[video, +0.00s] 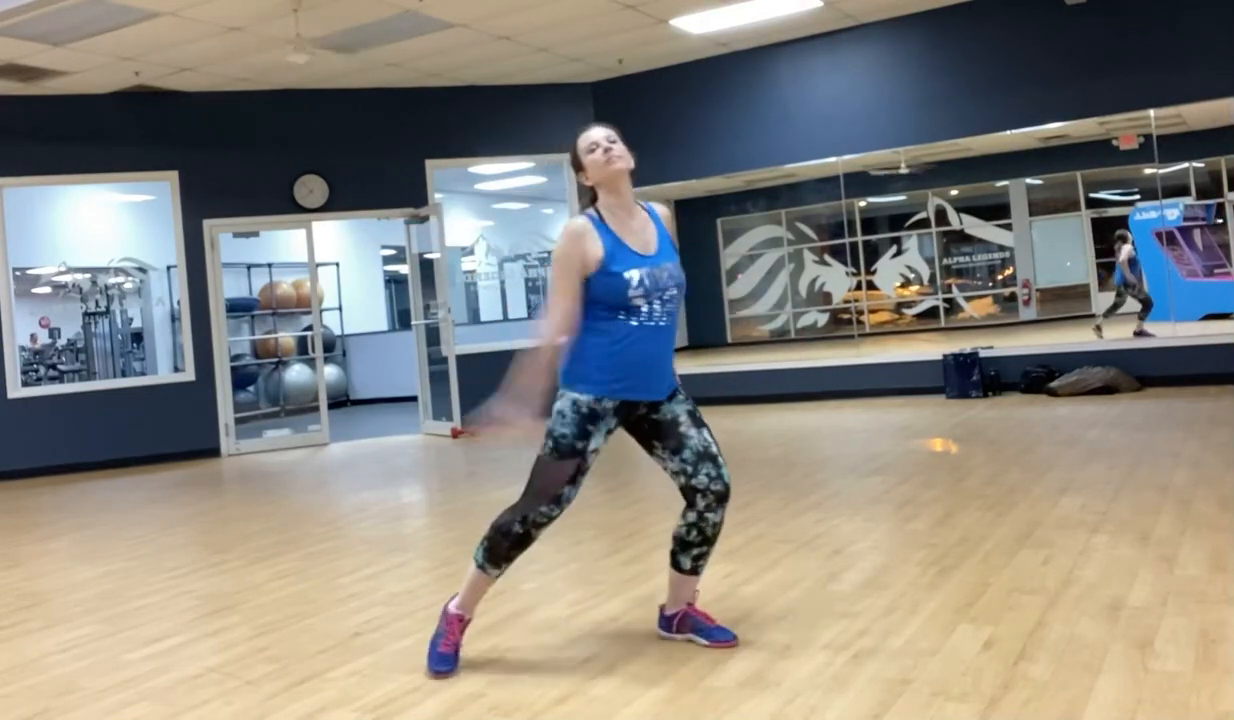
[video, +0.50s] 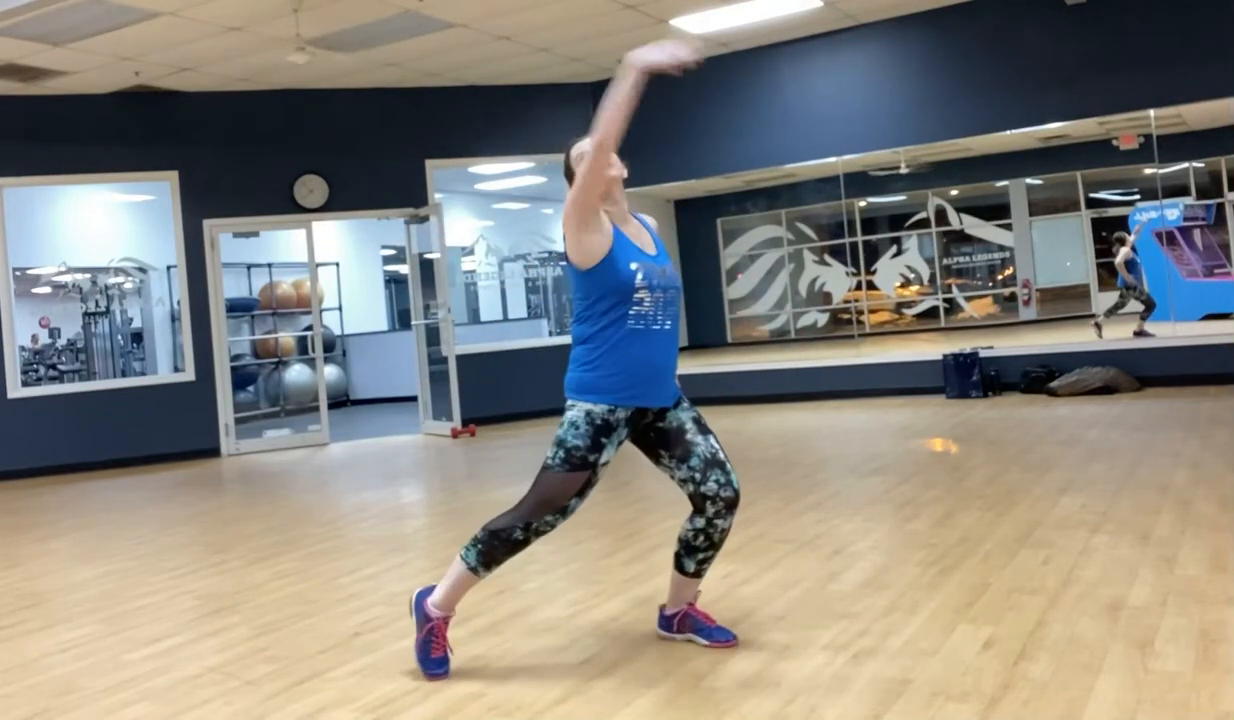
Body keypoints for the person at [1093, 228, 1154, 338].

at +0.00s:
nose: (1131, 236)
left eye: (1130, 234)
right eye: (1129, 235)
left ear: (1120, 239)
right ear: (1126, 238)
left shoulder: (1120, 248)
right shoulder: (1127, 247)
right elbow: (1122, 261)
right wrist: (1129, 277)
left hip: (1121, 283)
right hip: (1129, 283)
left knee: (1118, 303)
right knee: (1148, 303)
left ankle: (1099, 324)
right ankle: (1139, 328)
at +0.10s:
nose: (1131, 236)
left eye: (1129, 235)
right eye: (1129, 235)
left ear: (1120, 240)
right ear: (1126, 238)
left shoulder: (1121, 249)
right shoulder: (1127, 248)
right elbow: (1120, 261)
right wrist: (1128, 276)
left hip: (1121, 284)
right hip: (1129, 283)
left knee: (1118, 303)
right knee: (1149, 303)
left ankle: (1098, 323)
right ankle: (1139, 328)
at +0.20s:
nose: (1130, 237)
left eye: (1129, 235)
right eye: (1128, 236)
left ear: (1119, 241)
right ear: (1126, 239)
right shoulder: (1126, 249)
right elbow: (1120, 262)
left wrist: (1163, 257)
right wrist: (1128, 277)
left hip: (1122, 284)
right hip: (1129, 284)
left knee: (1117, 304)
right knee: (1149, 304)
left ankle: (1097, 323)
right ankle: (1139, 328)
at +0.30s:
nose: (1130, 237)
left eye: (1128, 236)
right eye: (1127, 236)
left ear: (1120, 241)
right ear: (1125, 239)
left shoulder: (1129, 250)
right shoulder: (1125, 249)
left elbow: (1146, 249)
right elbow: (1119, 262)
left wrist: (1164, 247)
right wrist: (1128, 278)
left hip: (1124, 284)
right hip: (1129, 284)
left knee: (1117, 304)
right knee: (1150, 304)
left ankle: (1097, 323)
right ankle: (1139, 328)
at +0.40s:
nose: (1129, 237)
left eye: (1128, 235)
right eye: (1127, 235)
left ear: (1120, 241)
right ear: (1124, 239)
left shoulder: (1130, 248)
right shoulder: (1125, 249)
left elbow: (1143, 240)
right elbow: (1118, 262)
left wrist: (1155, 234)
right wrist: (1128, 277)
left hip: (1124, 284)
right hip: (1130, 284)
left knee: (1119, 303)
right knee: (1150, 304)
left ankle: (1098, 322)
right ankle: (1139, 328)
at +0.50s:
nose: (1129, 238)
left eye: (1128, 236)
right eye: (1127, 237)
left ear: (1119, 242)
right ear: (1125, 239)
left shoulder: (1127, 248)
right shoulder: (1125, 249)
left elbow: (1134, 235)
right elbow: (1118, 262)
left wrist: (1141, 224)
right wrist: (1127, 277)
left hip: (1127, 285)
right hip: (1131, 285)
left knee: (1120, 304)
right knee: (1151, 304)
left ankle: (1099, 321)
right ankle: (1140, 328)